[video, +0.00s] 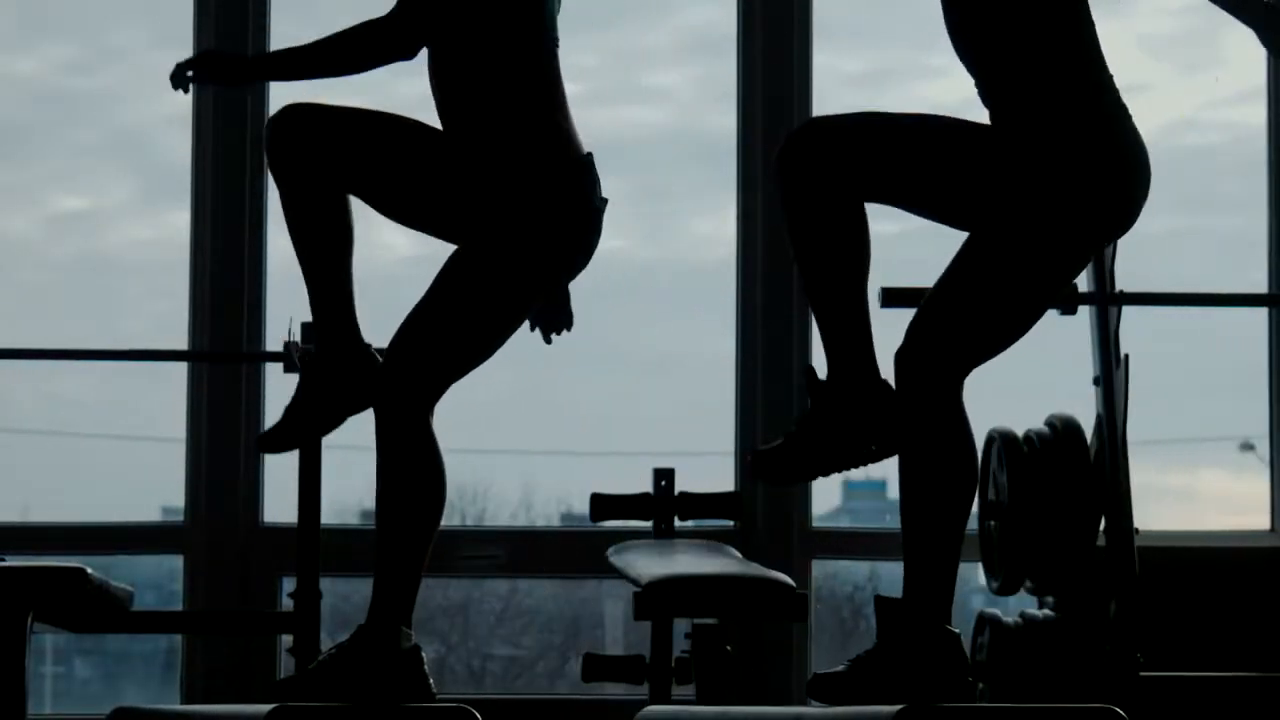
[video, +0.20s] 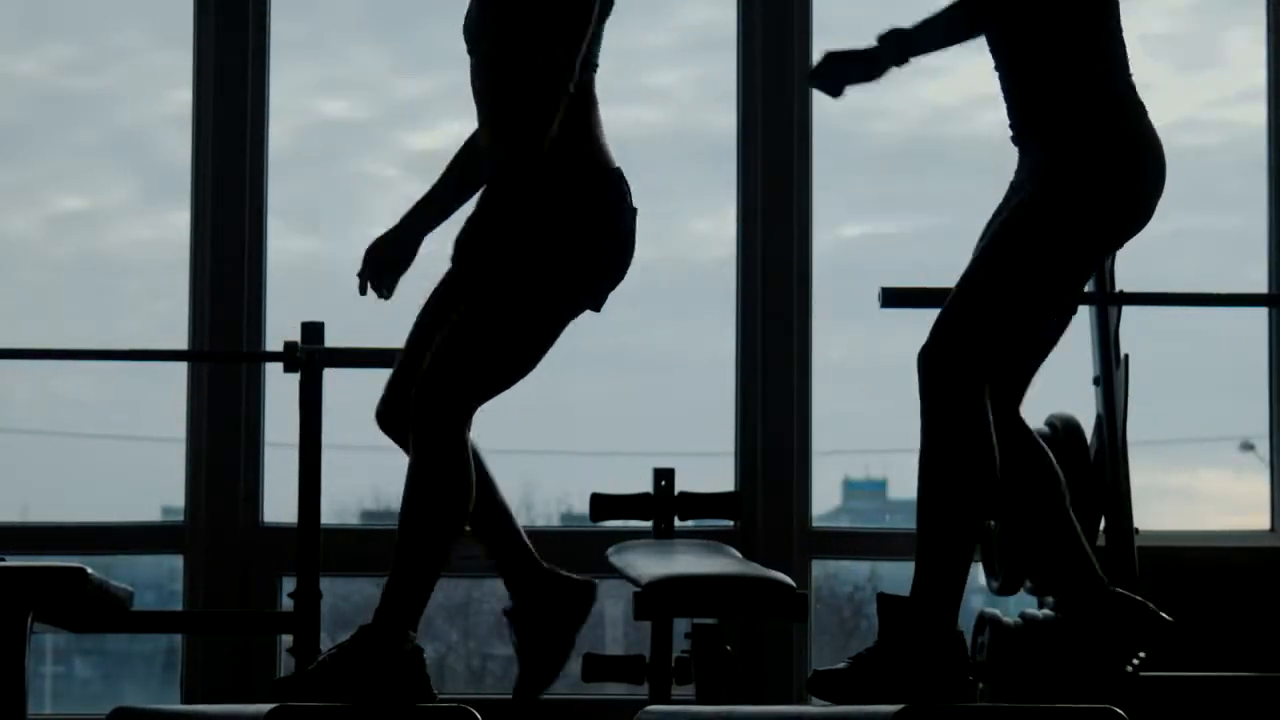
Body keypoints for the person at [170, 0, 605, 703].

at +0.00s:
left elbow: (399, 37)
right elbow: (516, 120)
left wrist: (256, 65)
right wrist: (543, 266)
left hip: (539, 203)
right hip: (481, 183)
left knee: (402, 393)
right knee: (301, 134)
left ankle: (386, 643)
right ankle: (340, 356)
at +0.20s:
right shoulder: (499, 5)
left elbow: (518, 127)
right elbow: (496, 128)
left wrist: (409, 232)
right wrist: (407, 232)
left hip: (563, 216)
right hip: (519, 214)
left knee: (441, 410)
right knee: (404, 409)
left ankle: (388, 640)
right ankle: (541, 591)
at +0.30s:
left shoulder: (637, 10)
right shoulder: (535, 20)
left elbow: (654, 136)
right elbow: (476, 143)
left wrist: (635, 242)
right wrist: (354, 225)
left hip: (598, 275)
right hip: (557, 274)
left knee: (452, 407)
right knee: (553, 491)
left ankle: (390, 641)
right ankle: (662, 670)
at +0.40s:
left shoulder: (662, 66)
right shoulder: (562, 84)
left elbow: (722, 193)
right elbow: (461, 187)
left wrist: (734, 299)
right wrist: (326, 236)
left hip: (660, 331)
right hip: (611, 334)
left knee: (490, 412)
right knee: (651, 555)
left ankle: (402, 637)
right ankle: (768, 712)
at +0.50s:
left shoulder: (682, 81)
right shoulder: (594, 98)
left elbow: (751, 220)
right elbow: (509, 218)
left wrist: (769, 344)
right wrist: (380, 245)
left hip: (692, 348)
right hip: (648, 348)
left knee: (532, 413)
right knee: (674, 579)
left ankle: (447, 645)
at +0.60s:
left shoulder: (705, 48)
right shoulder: (603, 57)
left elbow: (751, 196)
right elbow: (559, 203)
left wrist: (750, 322)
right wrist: (451, 272)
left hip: (692, 318)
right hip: (656, 317)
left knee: (558, 428)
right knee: (685, 545)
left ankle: (574, 669)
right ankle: (782, 708)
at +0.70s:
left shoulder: (707, 40)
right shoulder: (602, 57)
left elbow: (743, 178)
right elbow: (585, 199)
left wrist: (721, 287)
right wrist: (513, 310)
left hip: (694, 314)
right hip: (658, 315)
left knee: (598, 479)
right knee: (702, 520)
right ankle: (775, 695)